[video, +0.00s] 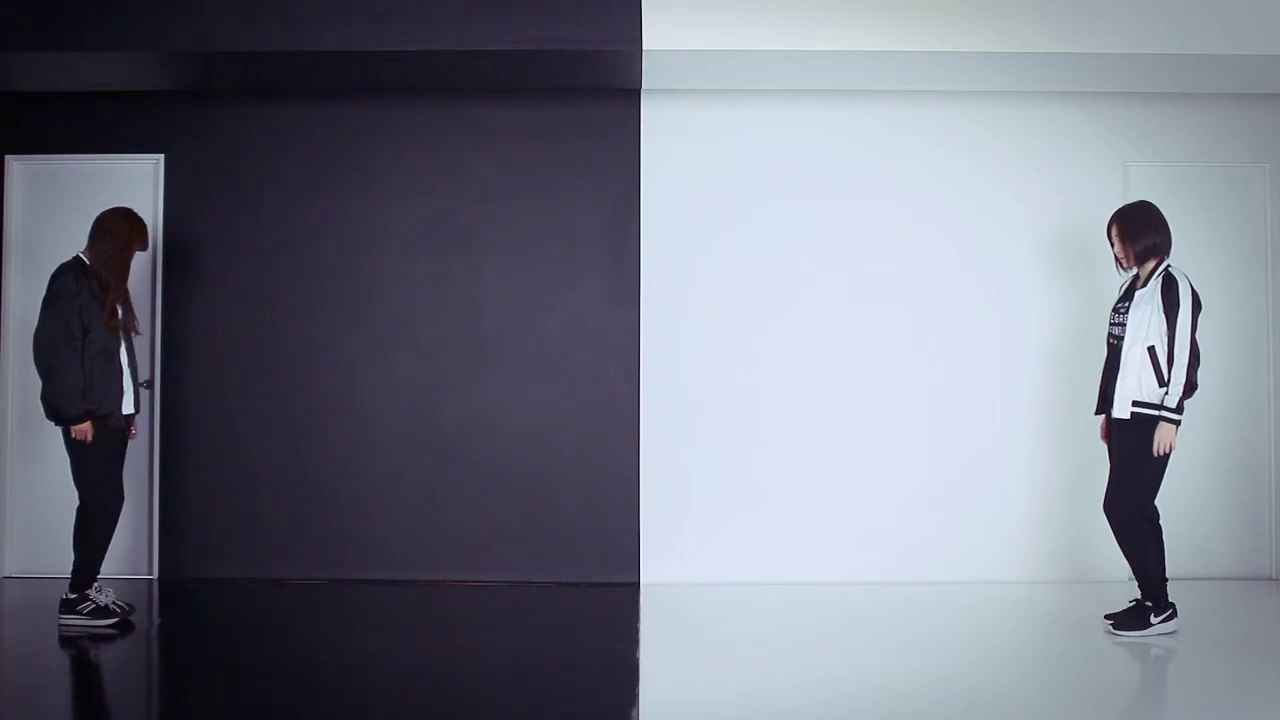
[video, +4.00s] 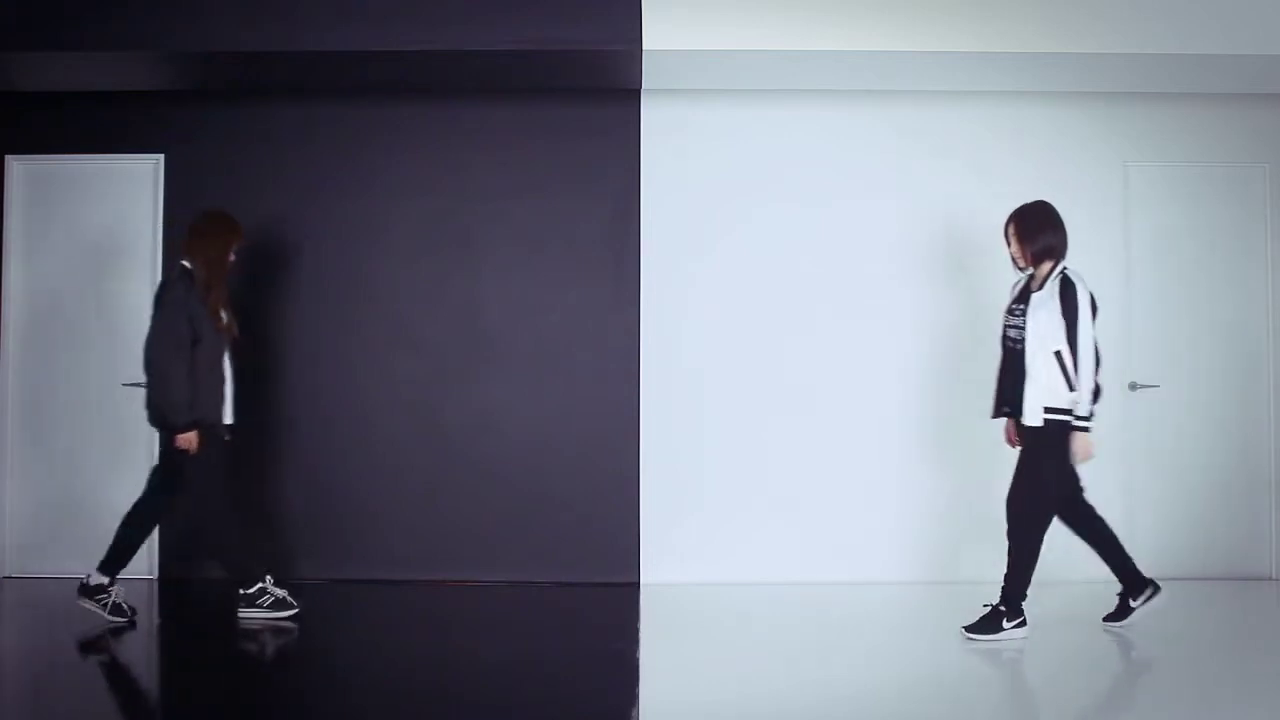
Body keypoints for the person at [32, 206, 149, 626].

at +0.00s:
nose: (131, 260)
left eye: (134, 252)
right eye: (130, 251)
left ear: (108, 242)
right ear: (113, 245)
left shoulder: (108, 284)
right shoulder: (70, 279)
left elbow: (118, 354)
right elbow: (54, 349)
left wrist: (128, 410)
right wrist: (74, 412)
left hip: (112, 415)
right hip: (87, 417)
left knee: (108, 499)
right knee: (100, 500)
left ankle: (86, 590)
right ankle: (78, 596)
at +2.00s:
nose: (132, 259)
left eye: (135, 251)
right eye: (130, 250)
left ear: (108, 240)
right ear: (113, 244)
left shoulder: (109, 283)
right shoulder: (71, 278)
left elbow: (119, 354)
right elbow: (56, 349)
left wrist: (130, 410)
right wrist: (76, 412)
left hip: (112, 415)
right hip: (86, 416)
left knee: (108, 499)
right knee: (98, 501)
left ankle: (86, 590)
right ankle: (77, 597)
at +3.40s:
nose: (156, 256)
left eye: (157, 247)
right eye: (153, 247)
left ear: (129, 240)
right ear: (136, 242)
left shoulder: (132, 285)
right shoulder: (96, 279)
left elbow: (135, 358)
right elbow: (80, 350)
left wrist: (145, 414)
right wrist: (98, 413)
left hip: (128, 414)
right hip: (111, 415)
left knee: (104, 503)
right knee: (156, 489)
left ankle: (87, 592)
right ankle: (107, 576)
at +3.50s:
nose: (162, 255)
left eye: (164, 247)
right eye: (160, 246)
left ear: (136, 240)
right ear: (142, 242)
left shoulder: (132, 282)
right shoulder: (103, 278)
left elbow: (135, 347)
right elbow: (85, 348)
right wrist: (104, 412)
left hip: (136, 415)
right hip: (122, 417)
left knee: (105, 508)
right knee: (173, 481)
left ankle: (86, 593)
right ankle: (151, 573)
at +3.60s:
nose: (173, 255)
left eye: (175, 246)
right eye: (169, 245)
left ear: (152, 244)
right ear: (149, 242)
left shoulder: (155, 285)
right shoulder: (113, 280)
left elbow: (164, 355)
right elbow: (94, 350)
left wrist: (176, 411)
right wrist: (112, 414)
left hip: (148, 418)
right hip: (133, 419)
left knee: (107, 511)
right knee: (182, 487)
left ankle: (86, 593)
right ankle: (195, 576)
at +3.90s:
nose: (214, 263)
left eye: (215, 254)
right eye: (210, 254)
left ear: (188, 250)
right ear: (190, 250)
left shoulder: (185, 294)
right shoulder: (158, 290)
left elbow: (185, 364)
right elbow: (143, 361)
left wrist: (193, 424)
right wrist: (156, 425)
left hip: (180, 427)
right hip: (171, 429)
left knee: (130, 512)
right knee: (205, 511)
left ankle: (89, 590)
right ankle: (244, 587)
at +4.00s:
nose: (233, 260)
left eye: (234, 251)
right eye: (229, 251)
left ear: (204, 248)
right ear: (210, 249)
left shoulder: (209, 290)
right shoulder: (179, 290)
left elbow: (213, 359)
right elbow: (166, 359)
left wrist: (225, 418)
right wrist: (180, 422)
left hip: (213, 421)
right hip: (192, 423)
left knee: (154, 503)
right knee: (226, 506)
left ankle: (100, 582)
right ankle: (251, 590)